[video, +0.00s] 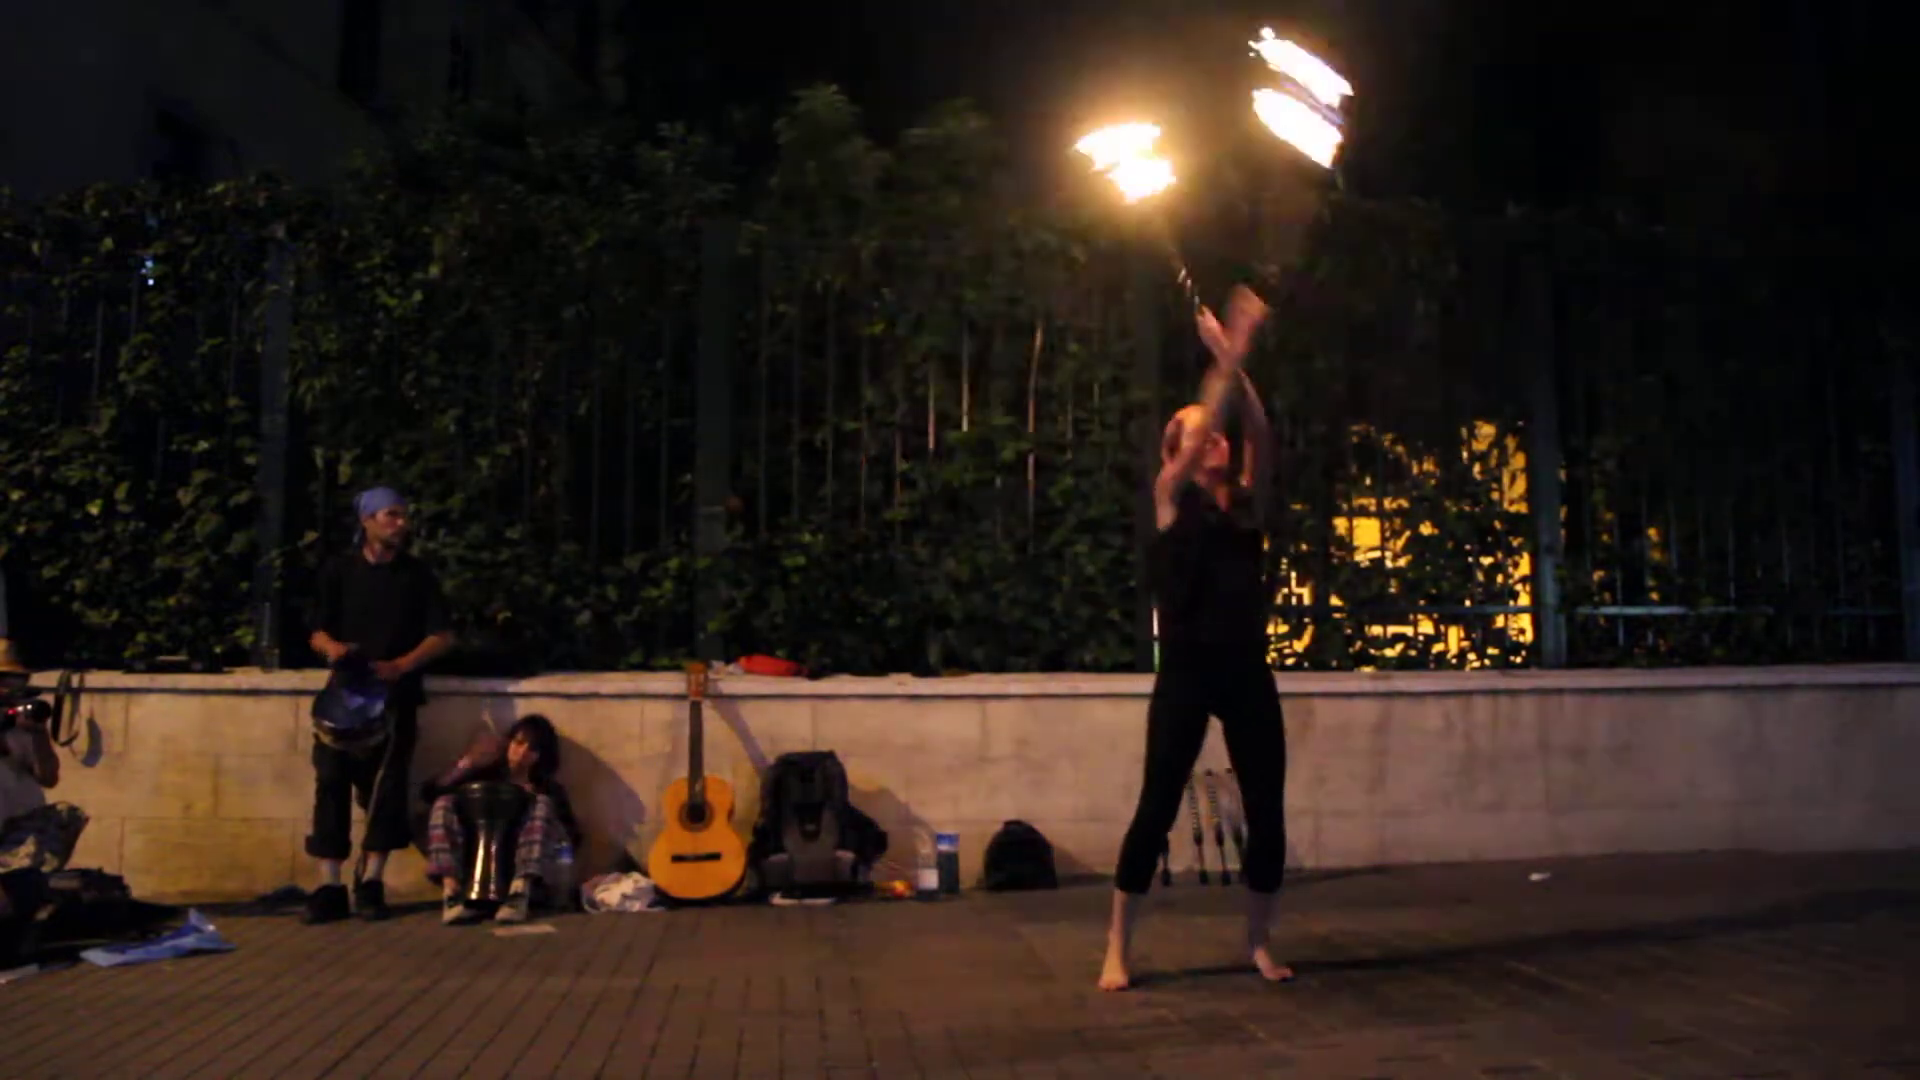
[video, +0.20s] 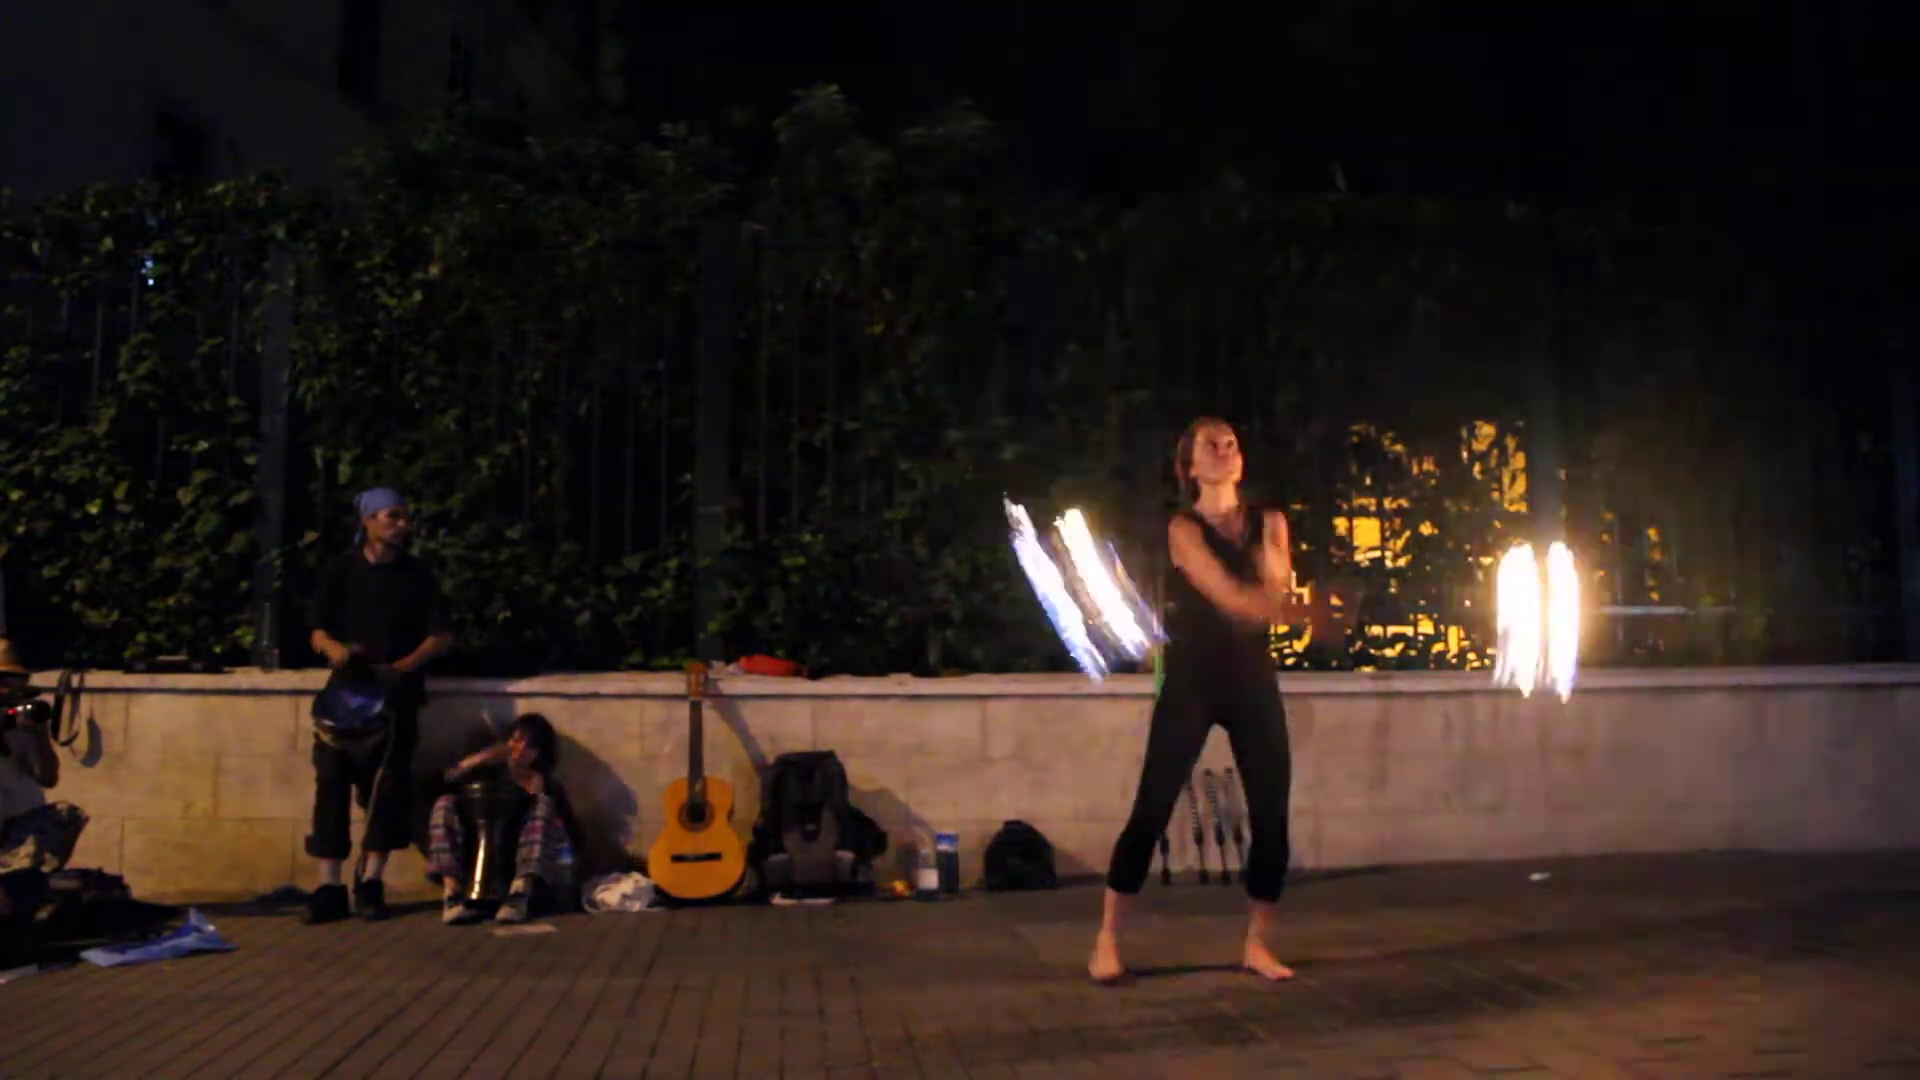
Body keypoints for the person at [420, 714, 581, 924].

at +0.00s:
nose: (522, 752)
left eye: (532, 749)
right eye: (519, 743)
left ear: (541, 757)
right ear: (509, 743)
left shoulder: (549, 788)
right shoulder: (486, 774)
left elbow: (572, 837)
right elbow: (430, 794)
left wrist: (536, 799)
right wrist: (466, 763)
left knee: (541, 805)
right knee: (444, 804)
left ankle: (520, 893)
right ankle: (451, 892)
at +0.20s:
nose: (520, 749)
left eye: (529, 745)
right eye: (517, 740)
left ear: (538, 753)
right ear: (508, 742)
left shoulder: (550, 788)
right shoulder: (490, 775)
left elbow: (564, 839)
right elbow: (448, 780)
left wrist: (540, 798)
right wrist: (483, 757)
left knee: (542, 806)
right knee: (445, 804)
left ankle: (520, 892)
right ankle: (451, 893)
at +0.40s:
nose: (524, 749)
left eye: (532, 745)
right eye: (520, 740)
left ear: (541, 754)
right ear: (509, 742)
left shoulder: (546, 790)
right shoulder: (484, 774)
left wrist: (535, 797)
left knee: (542, 806)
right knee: (444, 804)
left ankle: (521, 891)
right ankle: (451, 892)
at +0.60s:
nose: (526, 751)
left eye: (534, 746)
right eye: (522, 743)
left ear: (542, 753)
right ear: (509, 744)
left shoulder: (551, 789)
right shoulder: (484, 778)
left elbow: (568, 841)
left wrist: (540, 801)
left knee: (541, 806)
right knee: (443, 805)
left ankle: (521, 893)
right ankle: (451, 893)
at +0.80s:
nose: (532, 756)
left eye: (538, 749)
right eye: (524, 747)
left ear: (545, 753)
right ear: (508, 749)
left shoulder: (548, 789)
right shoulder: (487, 783)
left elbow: (558, 842)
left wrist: (538, 798)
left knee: (542, 807)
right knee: (443, 805)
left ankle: (521, 892)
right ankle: (451, 893)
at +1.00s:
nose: (528, 755)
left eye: (533, 747)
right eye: (520, 747)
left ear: (542, 752)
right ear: (504, 751)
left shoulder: (548, 787)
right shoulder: (483, 782)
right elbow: (437, 787)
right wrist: (465, 756)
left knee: (541, 805)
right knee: (443, 805)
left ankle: (520, 893)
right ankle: (451, 893)